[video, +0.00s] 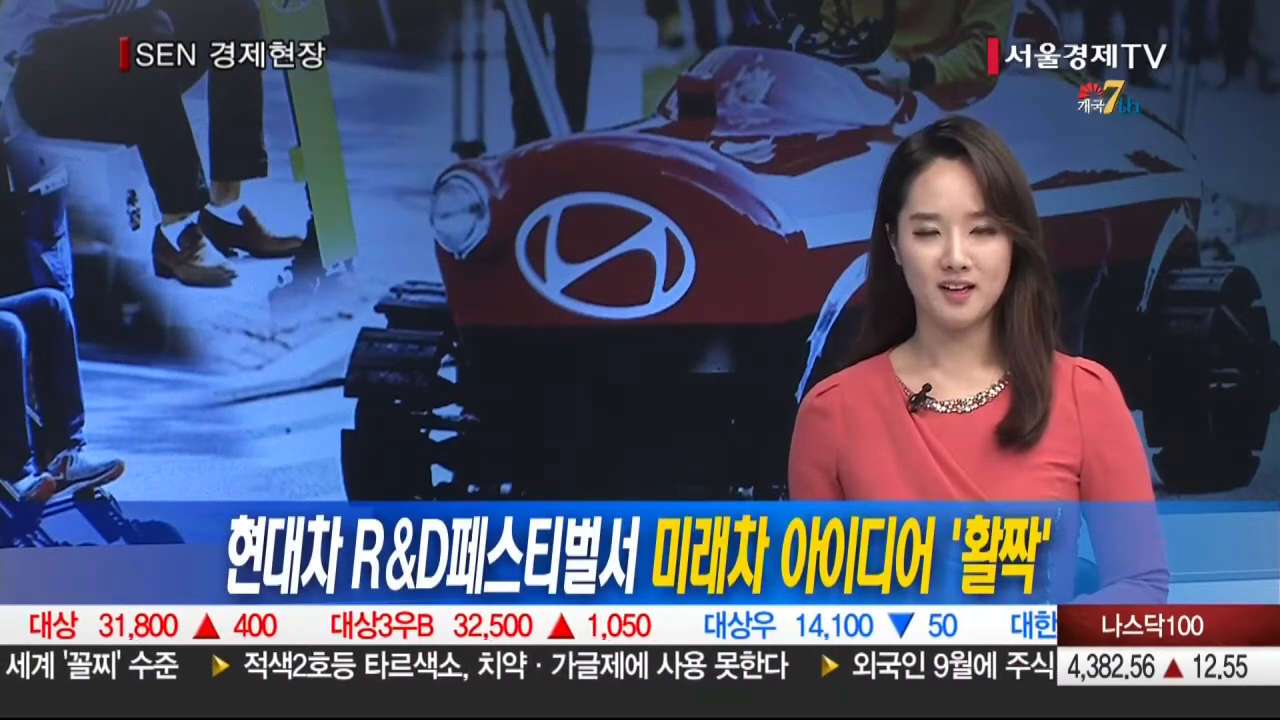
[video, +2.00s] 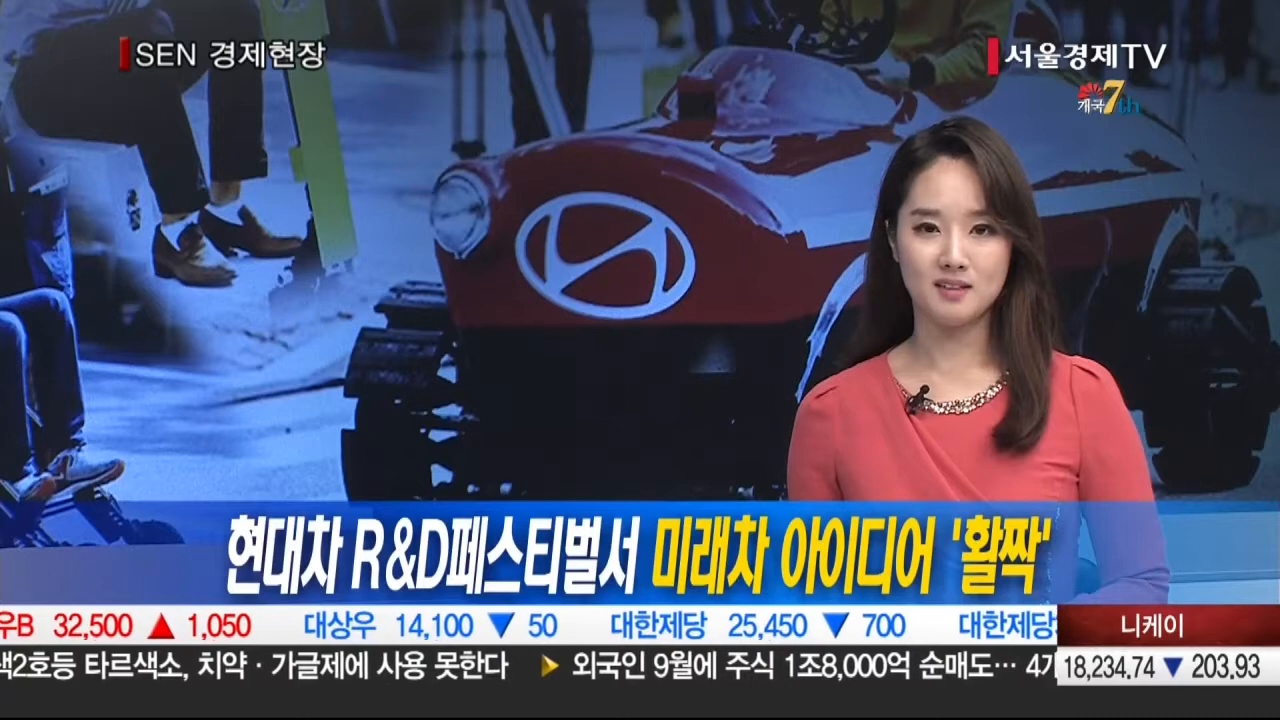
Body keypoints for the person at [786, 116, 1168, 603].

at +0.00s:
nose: (956, 259)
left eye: (982, 230)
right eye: (928, 232)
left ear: (1017, 243)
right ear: (895, 245)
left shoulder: (1085, 397)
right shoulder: (831, 413)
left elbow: (1142, 583)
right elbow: (813, 604)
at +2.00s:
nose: (954, 257)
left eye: (982, 229)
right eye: (927, 228)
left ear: (1016, 246)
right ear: (893, 242)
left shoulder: (1083, 397)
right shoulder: (829, 415)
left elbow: (1143, 582)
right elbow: (811, 603)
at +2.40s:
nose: (953, 254)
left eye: (981, 226)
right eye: (926, 225)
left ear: (1014, 244)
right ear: (892, 241)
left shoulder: (1083, 397)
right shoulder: (829, 415)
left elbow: (1141, 582)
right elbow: (811, 603)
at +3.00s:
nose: (955, 259)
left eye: (982, 230)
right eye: (927, 230)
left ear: (1015, 245)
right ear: (893, 244)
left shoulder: (1084, 397)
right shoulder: (830, 415)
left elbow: (1142, 583)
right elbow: (811, 605)